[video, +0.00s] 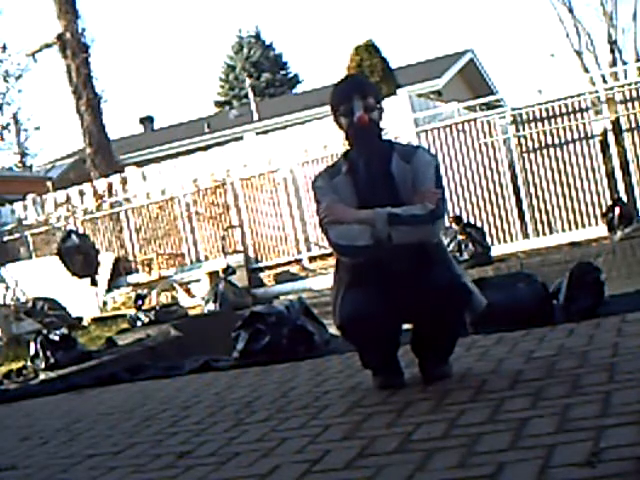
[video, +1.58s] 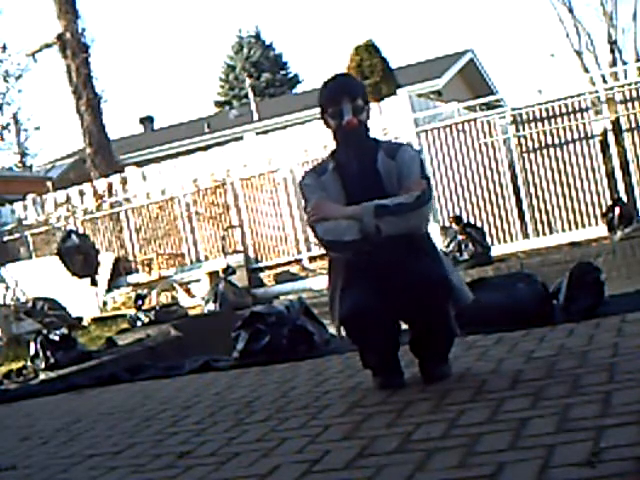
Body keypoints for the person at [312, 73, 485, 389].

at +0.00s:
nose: (361, 118)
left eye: (368, 107)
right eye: (349, 112)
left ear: (381, 110)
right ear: (338, 121)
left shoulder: (417, 159)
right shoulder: (327, 182)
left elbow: (433, 224)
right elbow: (344, 242)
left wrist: (356, 216)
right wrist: (413, 213)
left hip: (423, 266)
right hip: (365, 278)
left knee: (446, 296)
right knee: (359, 316)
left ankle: (434, 358)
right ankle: (384, 367)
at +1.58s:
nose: (349, 121)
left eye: (357, 109)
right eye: (337, 113)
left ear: (368, 110)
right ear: (326, 119)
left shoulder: (402, 156)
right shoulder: (315, 179)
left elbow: (419, 217)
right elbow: (329, 235)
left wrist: (344, 212)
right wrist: (399, 208)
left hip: (413, 260)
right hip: (359, 273)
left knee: (430, 292)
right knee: (362, 313)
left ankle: (434, 361)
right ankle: (385, 370)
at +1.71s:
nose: (343, 113)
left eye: (351, 102)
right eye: (332, 106)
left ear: (363, 104)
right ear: (320, 112)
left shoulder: (395, 147)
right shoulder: (308, 173)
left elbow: (407, 193)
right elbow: (321, 228)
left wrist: (337, 202)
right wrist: (386, 209)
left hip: (413, 263)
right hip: (358, 278)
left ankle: (442, 347)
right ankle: (385, 366)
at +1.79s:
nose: (341, 115)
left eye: (349, 104)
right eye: (329, 108)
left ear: (360, 106)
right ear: (317, 114)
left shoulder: (391, 151)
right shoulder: (306, 176)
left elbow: (409, 196)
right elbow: (321, 232)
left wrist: (338, 204)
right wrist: (387, 207)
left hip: (412, 253)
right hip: (358, 266)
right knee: (368, 308)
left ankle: (453, 361)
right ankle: (386, 369)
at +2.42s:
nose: (369, 124)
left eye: (376, 112)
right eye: (357, 118)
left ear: (388, 113)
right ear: (348, 126)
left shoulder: (426, 158)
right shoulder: (341, 184)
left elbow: (433, 194)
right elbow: (344, 231)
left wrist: (360, 205)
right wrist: (402, 210)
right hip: (384, 286)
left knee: (407, 248)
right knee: (363, 260)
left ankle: (434, 360)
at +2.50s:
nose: (364, 110)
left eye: (370, 99)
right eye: (352, 103)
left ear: (383, 99)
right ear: (341, 110)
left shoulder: (421, 143)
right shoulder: (337, 171)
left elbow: (435, 188)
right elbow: (340, 210)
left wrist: (359, 188)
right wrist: (404, 194)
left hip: (428, 264)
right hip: (370, 275)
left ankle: (436, 360)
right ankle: (377, 368)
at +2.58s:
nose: (357, 98)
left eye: (363, 87)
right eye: (345, 92)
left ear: (375, 86)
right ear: (335, 101)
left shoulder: (416, 131)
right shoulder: (333, 157)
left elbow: (433, 169)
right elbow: (335, 198)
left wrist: (361, 175)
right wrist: (397, 180)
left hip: (420, 239)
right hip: (366, 250)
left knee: (435, 292)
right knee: (376, 299)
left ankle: (438, 360)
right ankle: (376, 361)